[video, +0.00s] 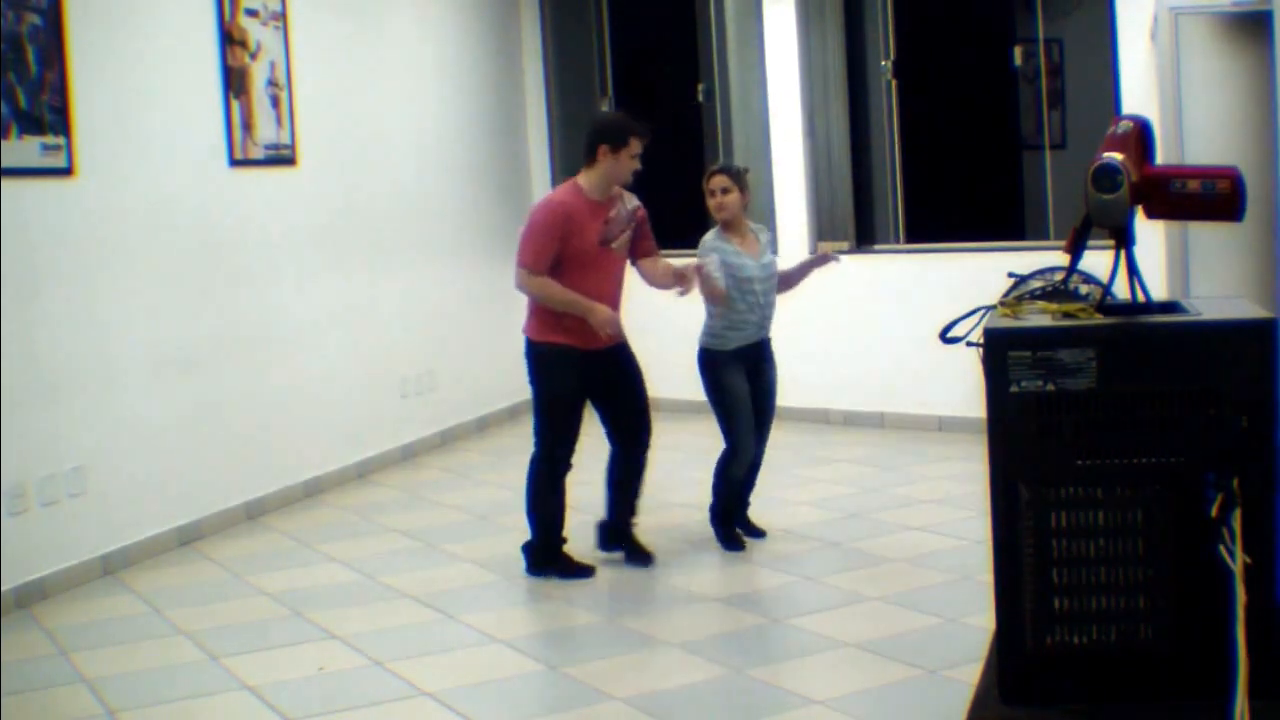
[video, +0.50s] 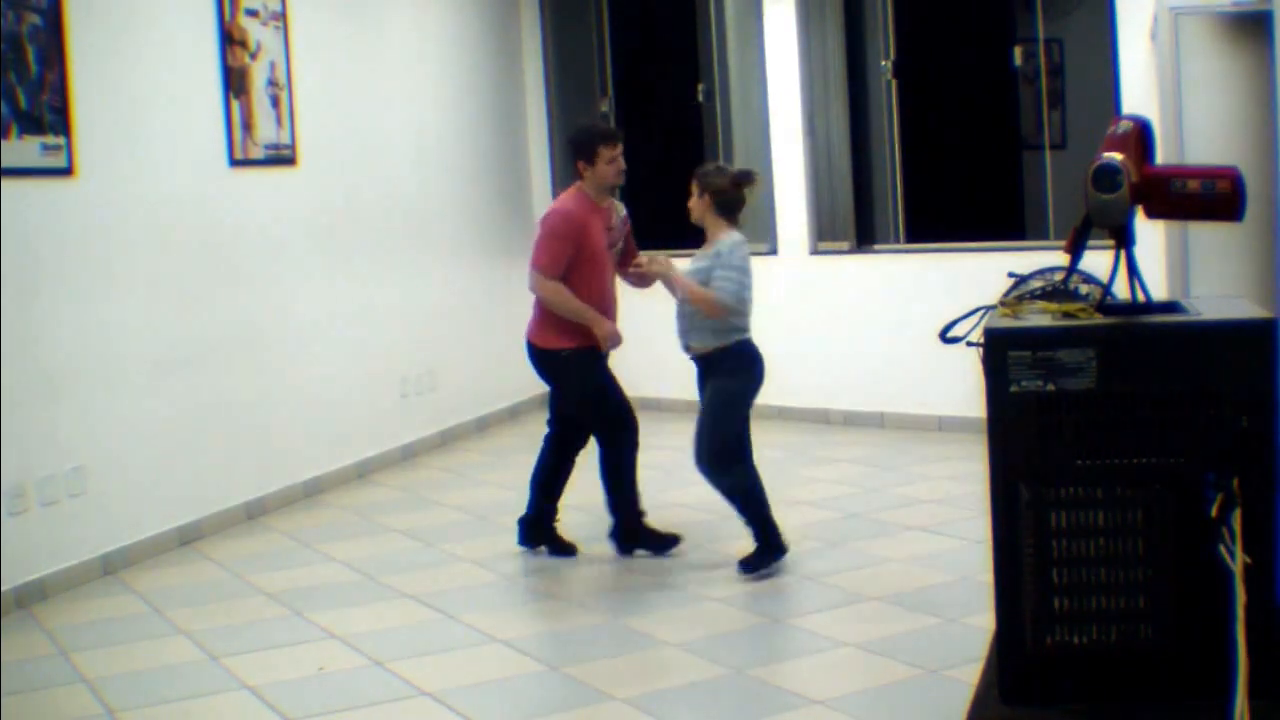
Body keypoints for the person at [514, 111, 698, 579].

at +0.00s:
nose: (637, 165)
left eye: (639, 157)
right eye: (632, 156)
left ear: (612, 156)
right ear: (604, 153)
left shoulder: (629, 208)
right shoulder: (554, 209)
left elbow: (650, 265)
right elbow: (526, 278)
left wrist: (675, 275)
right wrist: (588, 308)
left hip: (608, 345)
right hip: (556, 348)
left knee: (633, 434)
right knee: (554, 452)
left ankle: (618, 529)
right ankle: (544, 551)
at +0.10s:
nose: (626, 163)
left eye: (628, 155)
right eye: (622, 154)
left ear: (606, 154)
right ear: (593, 151)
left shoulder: (620, 207)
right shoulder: (547, 209)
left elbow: (636, 259)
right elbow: (520, 277)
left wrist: (644, 278)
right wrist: (580, 309)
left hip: (600, 344)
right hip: (551, 348)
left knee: (614, 433)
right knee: (551, 449)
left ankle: (574, 515)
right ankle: (542, 549)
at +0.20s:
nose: (620, 162)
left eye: (621, 154)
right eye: (614, 154)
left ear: (601, 156)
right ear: (585, 153)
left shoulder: (616, 209)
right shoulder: (546, 208)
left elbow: (632, 264)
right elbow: (520, 278)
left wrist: (626, 279)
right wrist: (576, 313)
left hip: (595, 346)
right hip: (552, 346)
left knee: (583, 445)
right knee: (558, 446)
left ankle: (550, 532)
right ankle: (542, 547)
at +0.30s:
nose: (617, 165)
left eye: (618, 157)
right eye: (609, 157)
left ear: (607, 160)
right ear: (580, 158)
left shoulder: (611, 213)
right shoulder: (547, 213)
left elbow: (629, 273)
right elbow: (525, 281)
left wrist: (617, 281)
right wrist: (578, 317)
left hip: (590, 345)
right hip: (552, 346)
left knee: (569, 436)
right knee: (588, 436)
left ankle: (544, 527)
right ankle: (550, 538)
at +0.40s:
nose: (618, 167)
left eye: (618, 159)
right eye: (609, 160)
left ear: (608, 164)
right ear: (581, 164)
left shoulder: (609, 215)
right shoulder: (553, 217)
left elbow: (630, 278)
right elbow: (533, 285)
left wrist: (622, 275)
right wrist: (586, 322)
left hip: (584, 345)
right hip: (553, 347)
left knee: (564, 433)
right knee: (612, 429)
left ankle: (536, 525)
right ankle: (583, 529)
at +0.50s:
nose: (622, 166)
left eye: (621, 158)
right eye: (613, 160)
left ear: (610, 163)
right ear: (586, 166)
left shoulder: (613, 211)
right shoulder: (563, 215)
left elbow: (632, 272)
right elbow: (541, 281)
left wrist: (654, 269)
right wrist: (596, 320)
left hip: (586, 342)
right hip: (559, 345)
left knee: (568, 434)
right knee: (619, 425)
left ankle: (537, 523)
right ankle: (628, 527)